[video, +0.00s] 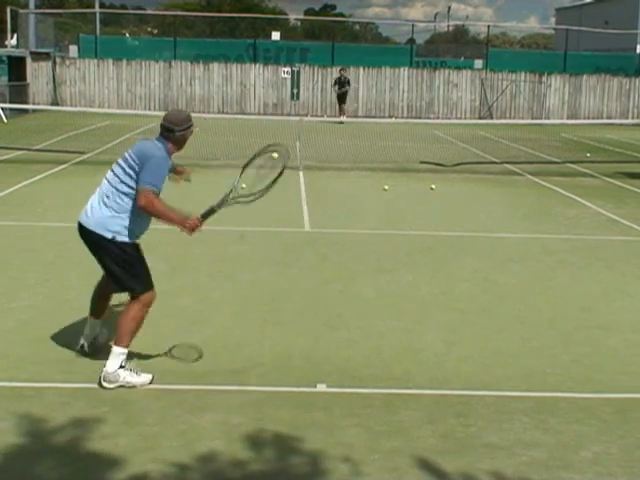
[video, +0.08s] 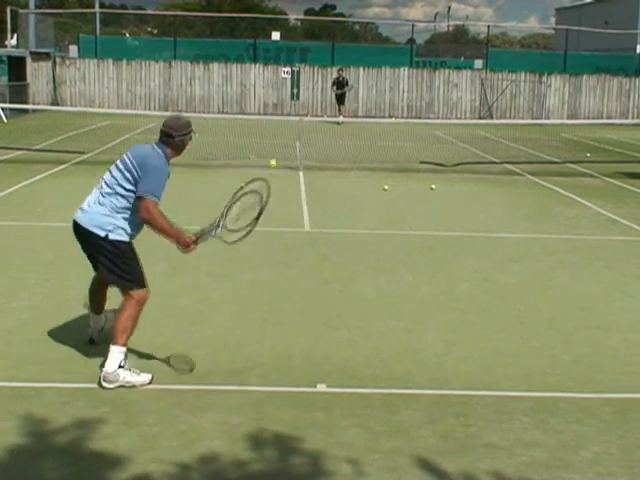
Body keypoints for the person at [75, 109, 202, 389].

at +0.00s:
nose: (189, 138)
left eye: (188, 133)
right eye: (189, 134)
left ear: (163, 129)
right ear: (184, 137)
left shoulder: (146, 146)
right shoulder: (157, 157)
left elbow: (160, 161)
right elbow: (146, 200)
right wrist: (182, 221)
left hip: (91, 222)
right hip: (112, 233)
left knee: (113, 277)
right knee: (144, 296)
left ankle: (91, 336)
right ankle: (114, 367)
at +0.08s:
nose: (188, 144)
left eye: (188, 140)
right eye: (188, 140)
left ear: (163, 135)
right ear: (183, 143)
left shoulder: (141, 151)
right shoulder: (156, 164)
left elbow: (146, 207)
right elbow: (146, 212)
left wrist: (177, 233)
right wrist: (179, 238)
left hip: (85, 221)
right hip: (107, 232)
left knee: (103, 276)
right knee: (137, 294)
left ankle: (97, 324)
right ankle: (113, 367)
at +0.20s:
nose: (185, 148)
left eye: (185, 143)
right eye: (184, 144)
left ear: (160, 140)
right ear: (178, 147)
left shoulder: (135, 152)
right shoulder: (156, 176)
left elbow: (93, 154)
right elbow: (158, 229)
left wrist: (71, 171)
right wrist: (186, 263)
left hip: (81, 219)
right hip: (102, 230)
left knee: (104, 274)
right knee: (121, 292)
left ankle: (99, 324)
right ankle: (110, 366)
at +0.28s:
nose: (181, 149)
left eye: (181, 145)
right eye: (180, 145)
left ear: (155, 140)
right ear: (174, 148)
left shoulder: (123, 149)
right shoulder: (160, 181)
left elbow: (78, 153)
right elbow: (169, 233)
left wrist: (50, 172)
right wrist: (195, 263)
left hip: (79, 222)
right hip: (105, 234)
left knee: (103, 271)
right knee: (113, 296)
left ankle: (100, 320)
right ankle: (106, 361)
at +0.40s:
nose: (176, 143)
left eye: (176, 139)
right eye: (176, 139)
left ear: (151, 134)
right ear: (170, 141)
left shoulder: (119, 144)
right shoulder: (163, 172)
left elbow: (78, 155)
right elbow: (171, 208)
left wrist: (46, 179)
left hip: (84, 220)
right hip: (113, 231)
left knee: (107, 268)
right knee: (116, 293)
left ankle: (103, 319)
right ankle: (92, 353)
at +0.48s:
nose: (173, 136)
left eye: (172, 131)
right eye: (173, 132)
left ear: (148, 127)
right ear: (169, 135)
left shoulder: (120, 141)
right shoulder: (166, 162)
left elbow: (84, 158)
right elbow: (169, 186)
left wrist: (54, 186)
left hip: (93, 218)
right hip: (123, 226)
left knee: (107, 268)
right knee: (123, 289)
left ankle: (101, 323)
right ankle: (95, 344)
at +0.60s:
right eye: (171, 123)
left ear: (146, 119)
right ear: (172, 125)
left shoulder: (123, 137)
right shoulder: (173, 151)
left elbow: (96, 161)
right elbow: (154, 173)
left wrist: (73, 195)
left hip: (107, 214)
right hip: (139, 219)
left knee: (111, 263)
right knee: (142, 284)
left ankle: (101, 322)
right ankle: (120, 328)